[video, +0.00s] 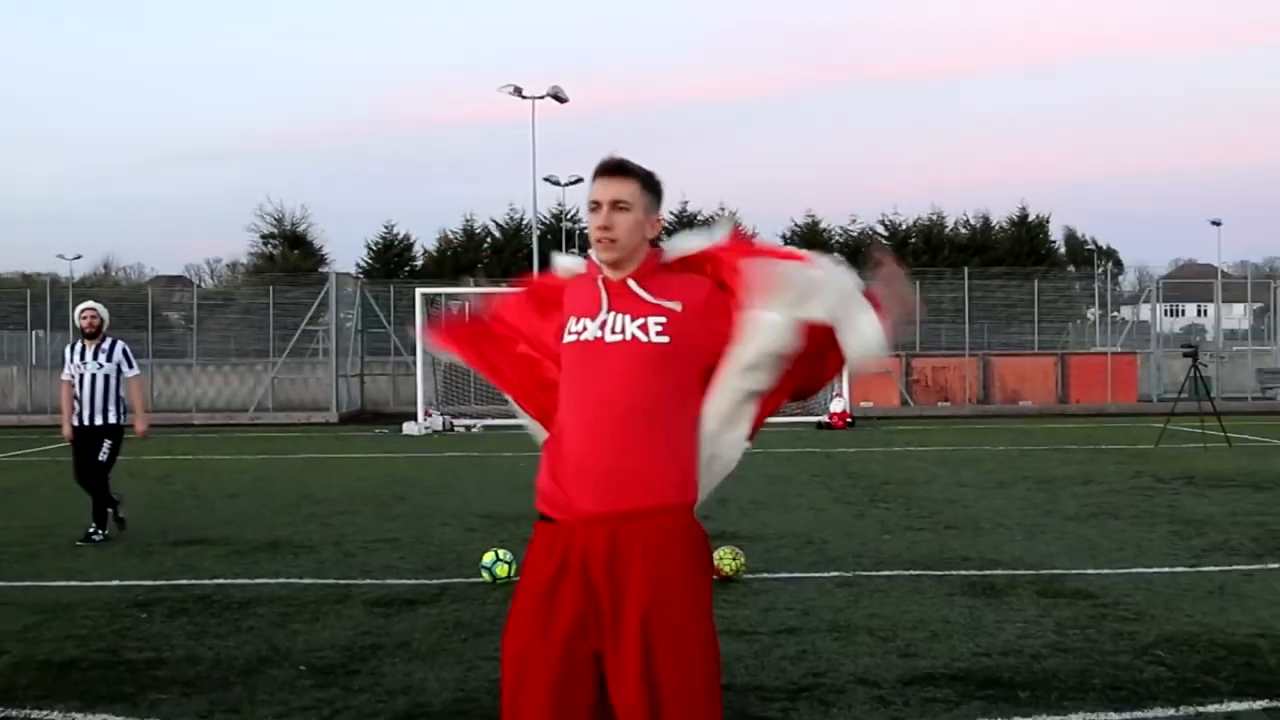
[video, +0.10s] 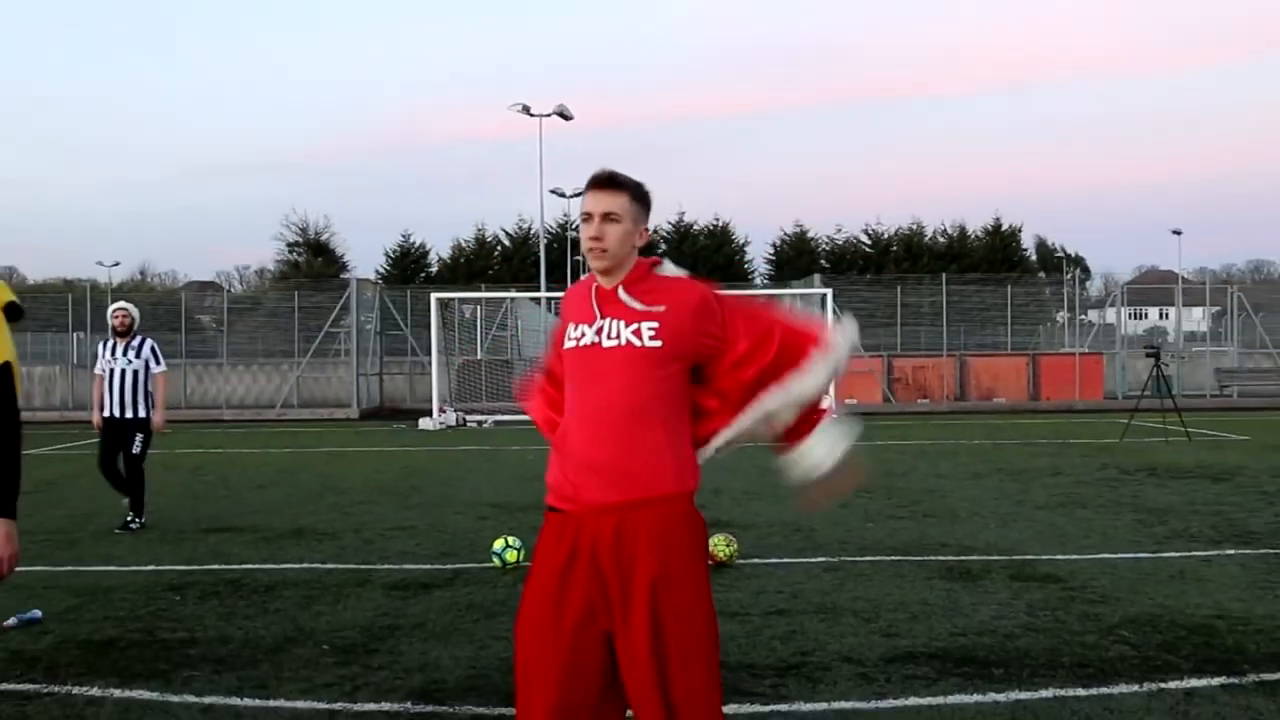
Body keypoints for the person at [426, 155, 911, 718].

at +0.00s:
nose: (603, 221)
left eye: (621, 208)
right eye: (595, 207)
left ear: (655, 222)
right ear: (585, 217)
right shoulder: (561, 297)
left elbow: (789, 366)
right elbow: (468, 323)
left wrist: (863, 310)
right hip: (561, 537)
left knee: (671, 699)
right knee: (536, 699)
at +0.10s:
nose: (594, 232)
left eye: (610, 219)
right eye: (587, 220)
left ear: (641, 231)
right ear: (579, 229)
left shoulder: (687, 301)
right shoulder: (576, 300)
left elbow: (769, 367)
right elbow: (551, 381)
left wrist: (805, 436)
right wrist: (567, 429)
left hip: (657, 518)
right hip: (572, 517)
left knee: (670, 679)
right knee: (549, 677)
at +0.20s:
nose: (598, 245)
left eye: (613, 234)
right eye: (591, 234)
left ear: (641, 244)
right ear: (585, 242)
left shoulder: (680, 310)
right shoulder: (582, 313)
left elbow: (716, 401)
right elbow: (602, 402)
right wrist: (573, 450)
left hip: (657, 509)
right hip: (583, 509)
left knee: (677, 662)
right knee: (559, 665)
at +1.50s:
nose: (597, 246)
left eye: (611, 236)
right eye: (591, 237)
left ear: (638, 249)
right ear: (582, 248)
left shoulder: (680, 311)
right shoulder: (553, 321)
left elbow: (699, 386)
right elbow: (540, 404)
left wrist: (677, 454)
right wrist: (571, 463)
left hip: (662, 500)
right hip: (581, 506)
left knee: (679, 645)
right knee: (559, 648)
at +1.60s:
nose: (601, 243)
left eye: (615, 233)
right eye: (593, 233)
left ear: (640, 246)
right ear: (586, 244)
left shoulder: (677, 311)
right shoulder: (552, 319)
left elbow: (709, 376)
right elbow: (497, 393)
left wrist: (687, 451)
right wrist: (531, 476)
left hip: (660, 496)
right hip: (575, 504)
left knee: (685, 645)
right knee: (561, 653)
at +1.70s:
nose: (613, 241)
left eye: (627, 231)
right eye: (606, 231)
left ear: (651, 246)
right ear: (596, 241)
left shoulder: (681, 312)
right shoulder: (555, 303)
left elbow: (736, 371)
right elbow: (476, 351)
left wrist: (737, 449)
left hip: (653, 493)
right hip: (573, 497)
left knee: (684, 639)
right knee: (555, 643)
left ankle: (707, 715)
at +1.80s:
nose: (628, 251)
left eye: (641, 240)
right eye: (619, 240)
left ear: (665, 249)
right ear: (610, 247)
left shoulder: (688, 320)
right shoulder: (567, 293)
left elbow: (760, 394)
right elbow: (481, 277)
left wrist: (833, 471)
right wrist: (413, 242)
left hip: (640, 501)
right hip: (565, 500)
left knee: (676, 648)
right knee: (547, 656)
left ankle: (720, 716)